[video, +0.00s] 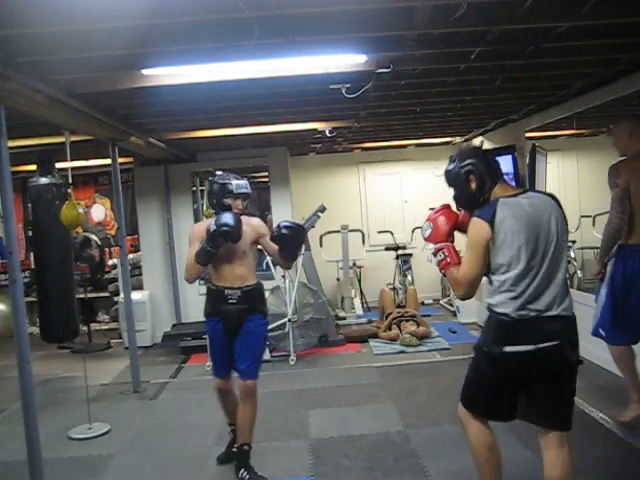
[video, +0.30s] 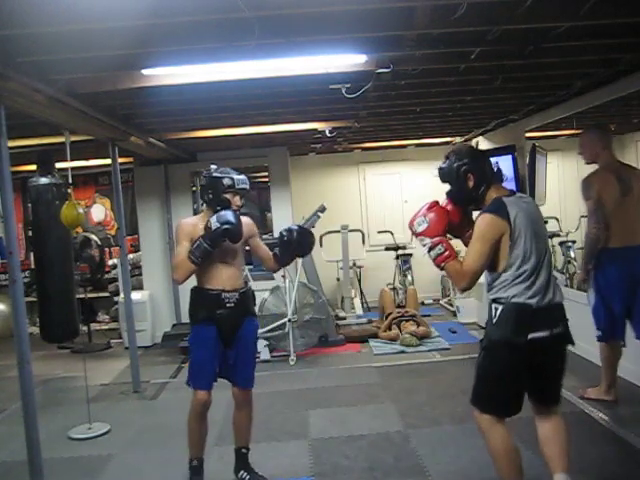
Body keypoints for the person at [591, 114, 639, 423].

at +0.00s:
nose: (611, 135)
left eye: (614, 129)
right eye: (612, 129)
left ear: (629, 131)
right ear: (630, 132)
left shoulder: (623, 169)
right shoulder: (624, 169)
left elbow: (618, 221)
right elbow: (618, 220)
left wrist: (601, 258)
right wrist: (603, 258)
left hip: (629, 255)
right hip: (628, 254)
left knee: (615, 328)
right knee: (615, 328)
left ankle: (634, 396)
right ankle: (633, 395)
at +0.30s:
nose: (580, 153)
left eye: (583, 146)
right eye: (580, 146)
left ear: (599, 144)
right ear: (604, 144)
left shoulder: (593, 181)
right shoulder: (634, 173)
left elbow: (596, 230)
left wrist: (584, 267)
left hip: (612, 258)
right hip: (635, 253)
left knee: (609, 325)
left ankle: (607, 387)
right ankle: (608, 385)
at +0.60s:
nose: (552, 155)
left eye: (555, 149)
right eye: (551, 149)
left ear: (570, 147)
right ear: (575, 146)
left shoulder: (567, 182)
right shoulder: (610, 175)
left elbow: (557, 230)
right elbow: (623, 224)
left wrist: (544, 260)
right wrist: (629, 262)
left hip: (581, 254)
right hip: (610, 251)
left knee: (595, 324)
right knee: (613, 322)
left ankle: (604, 387)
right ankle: (629, 375)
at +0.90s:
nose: (543, 155)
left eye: (546, 149)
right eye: (542, 150)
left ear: (560, 148)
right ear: (563, 150)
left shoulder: (563, 180)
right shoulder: (586, 177)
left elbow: (554, 227)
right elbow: (596, 223)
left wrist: (529, 248)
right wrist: (596, 257)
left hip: (570, 247)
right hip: (586, 246)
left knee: (583, 313)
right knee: (568, 306)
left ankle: (603, 382)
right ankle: (562, 361)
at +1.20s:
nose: (534, 153)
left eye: (538, 148)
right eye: (532, 149)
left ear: (548, 150)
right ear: (531, 152)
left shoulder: (560, 175)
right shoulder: (542, 177)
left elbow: (575, 215)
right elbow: (545, 219)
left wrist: (556, 248)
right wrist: (538, 250)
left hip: (565, 245)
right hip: (548, 246)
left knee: (573, 310)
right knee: (554, 310)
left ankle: (601, 373)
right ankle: (559, 366)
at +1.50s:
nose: (524, 156)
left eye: (528, 150)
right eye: (522, 151)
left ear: (540, 151)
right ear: (521, 155)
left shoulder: (559, 176)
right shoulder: (529, 188)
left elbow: (583, 212)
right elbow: (517, 224)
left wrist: (571, 244)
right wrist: (498, 253)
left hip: (569, 246)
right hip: (547, 248)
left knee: (572, 312)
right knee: (556, 313)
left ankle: (585, 372)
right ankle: (560, 367)